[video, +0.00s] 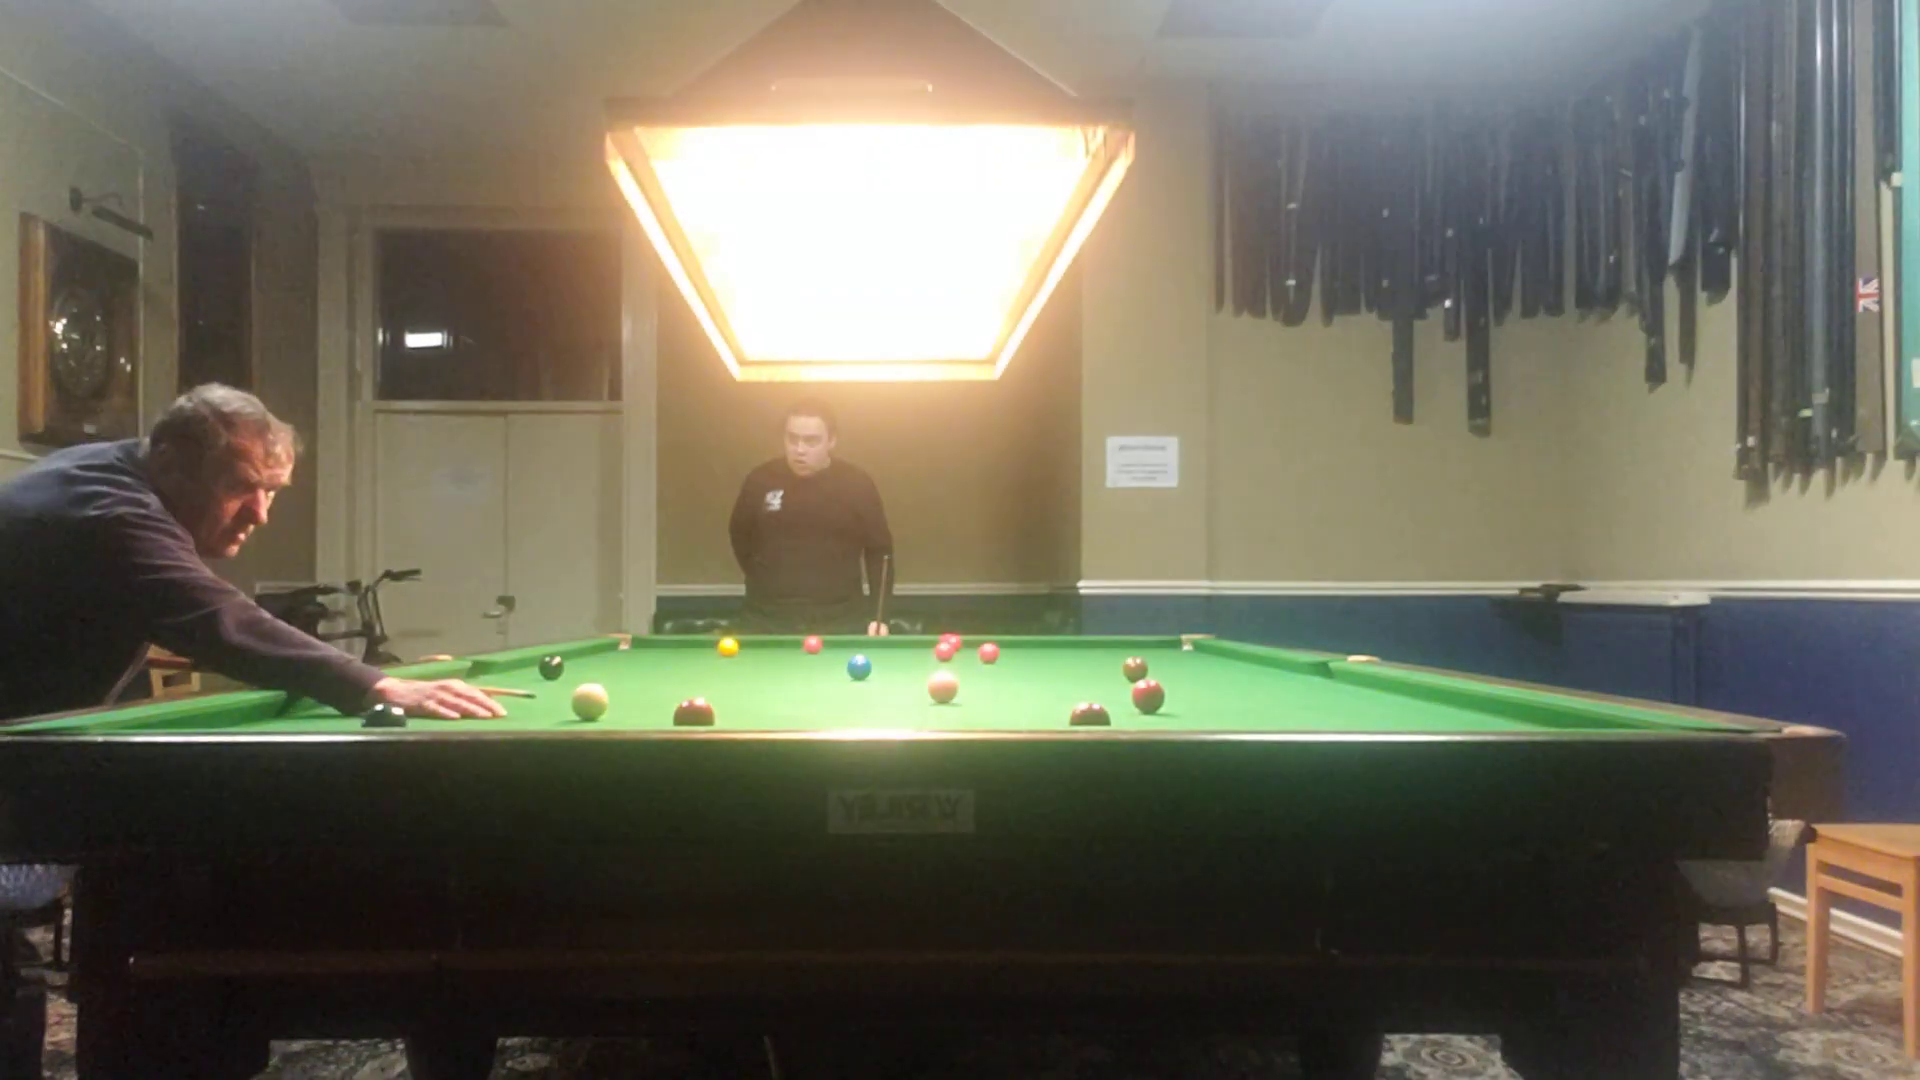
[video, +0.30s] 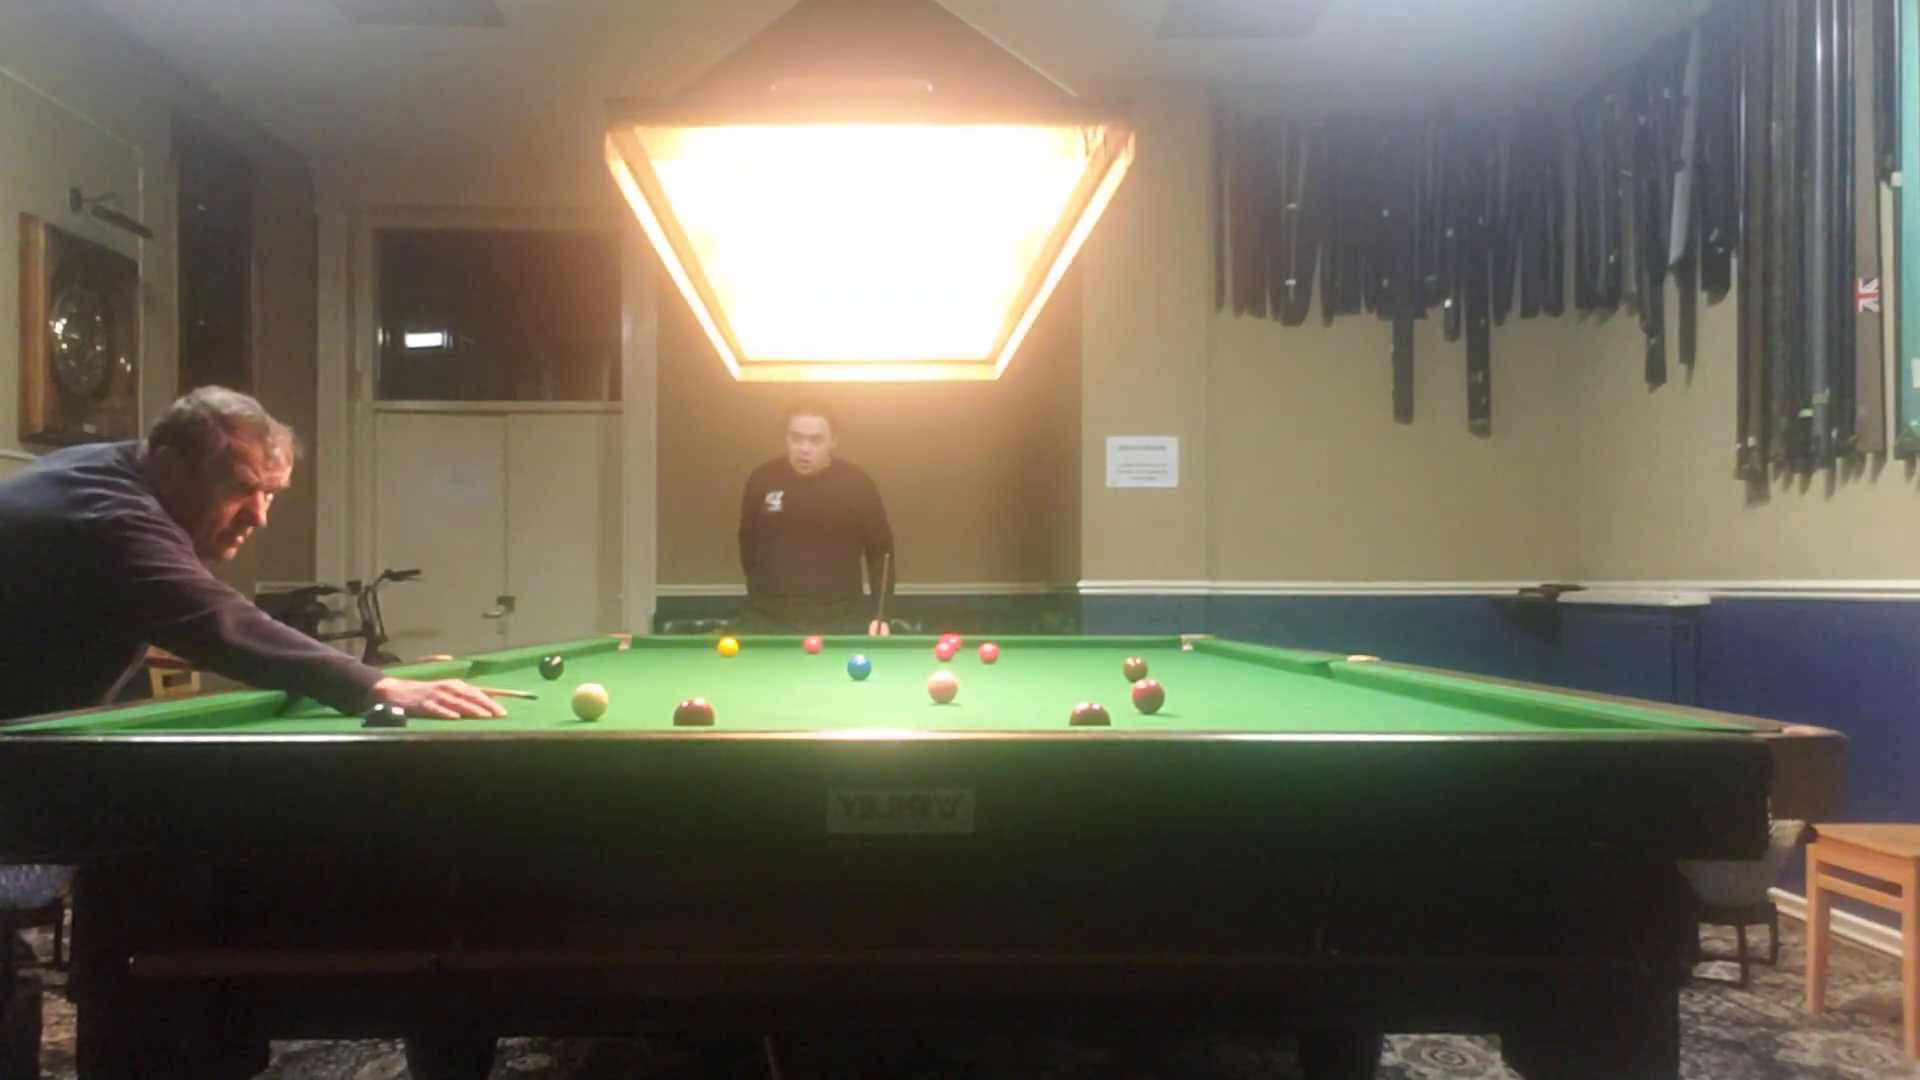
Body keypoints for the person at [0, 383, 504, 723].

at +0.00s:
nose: (260, 514)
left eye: (271, 494)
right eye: (245, 490)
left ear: (175, 463)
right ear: (178, 467)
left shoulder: (126, 470)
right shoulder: (118, 518)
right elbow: (231, 627)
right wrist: (384, 687)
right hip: (15, 731)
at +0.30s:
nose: (259, 518)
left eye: (269, 498)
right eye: (244, 493)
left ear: (172, 461)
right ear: (177, 464)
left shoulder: (114, 471)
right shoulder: (117, 519)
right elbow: (229, 628)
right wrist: (384, 687)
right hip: (15, 738)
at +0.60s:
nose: (258, 519)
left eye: (269, 500)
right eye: (243, 494)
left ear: (170, 466)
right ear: (176, 469)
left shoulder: (115, 471)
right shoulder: (114, 517)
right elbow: (228, 628)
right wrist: (384, 687)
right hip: (13, 732)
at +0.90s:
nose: (262, 524)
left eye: (272, 503)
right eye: (247, 498)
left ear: (177, 464)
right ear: (180, 467)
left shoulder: (124, 472)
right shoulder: (119, 521)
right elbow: (232, 630)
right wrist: (388, 687)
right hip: (14, 731)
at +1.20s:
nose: (267, 531)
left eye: (278, 511)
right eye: (252, 503)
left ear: (178, 469)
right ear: (181, 472)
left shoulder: (129, 475)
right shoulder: (124, 522)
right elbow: (237, 630)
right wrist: (392, 687)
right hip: (13, 721)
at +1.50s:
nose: (269, 534)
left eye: (281, 513)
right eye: (253, 507)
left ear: (179, 473)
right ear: (183, 478)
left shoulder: (127, 472)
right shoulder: (133, 529)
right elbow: (243, 632)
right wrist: (394, 687)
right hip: (11, 720)